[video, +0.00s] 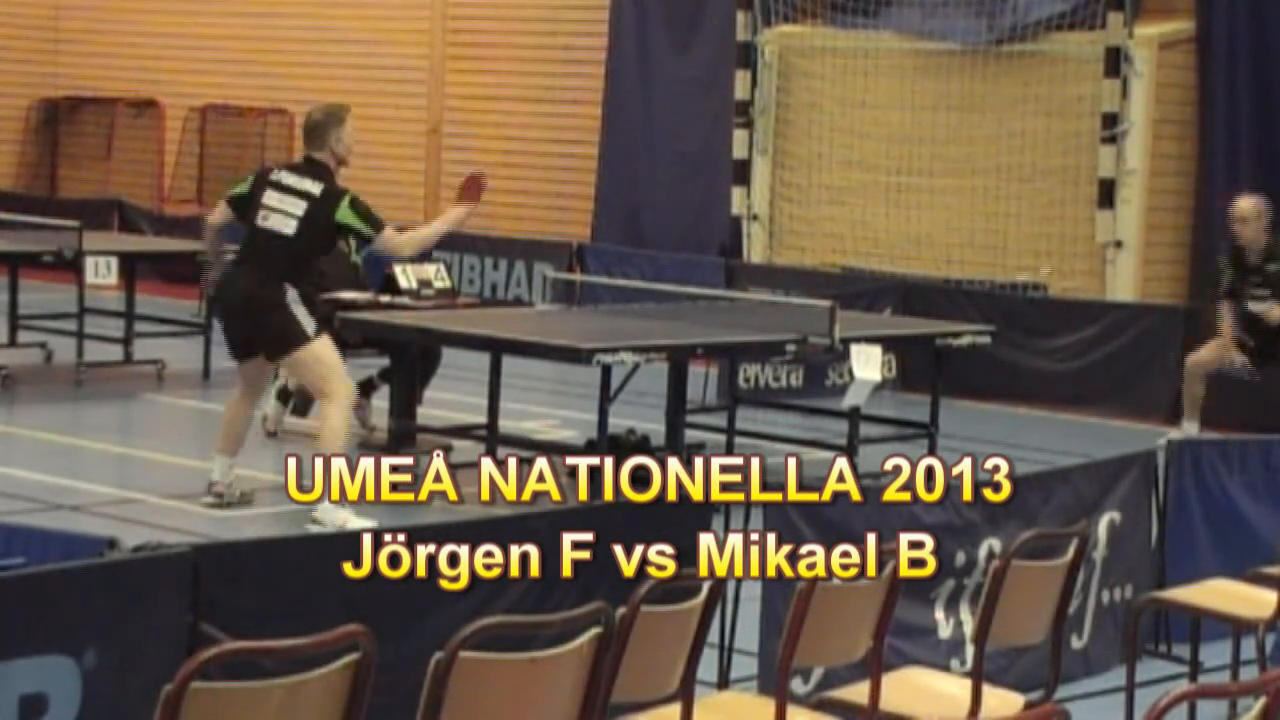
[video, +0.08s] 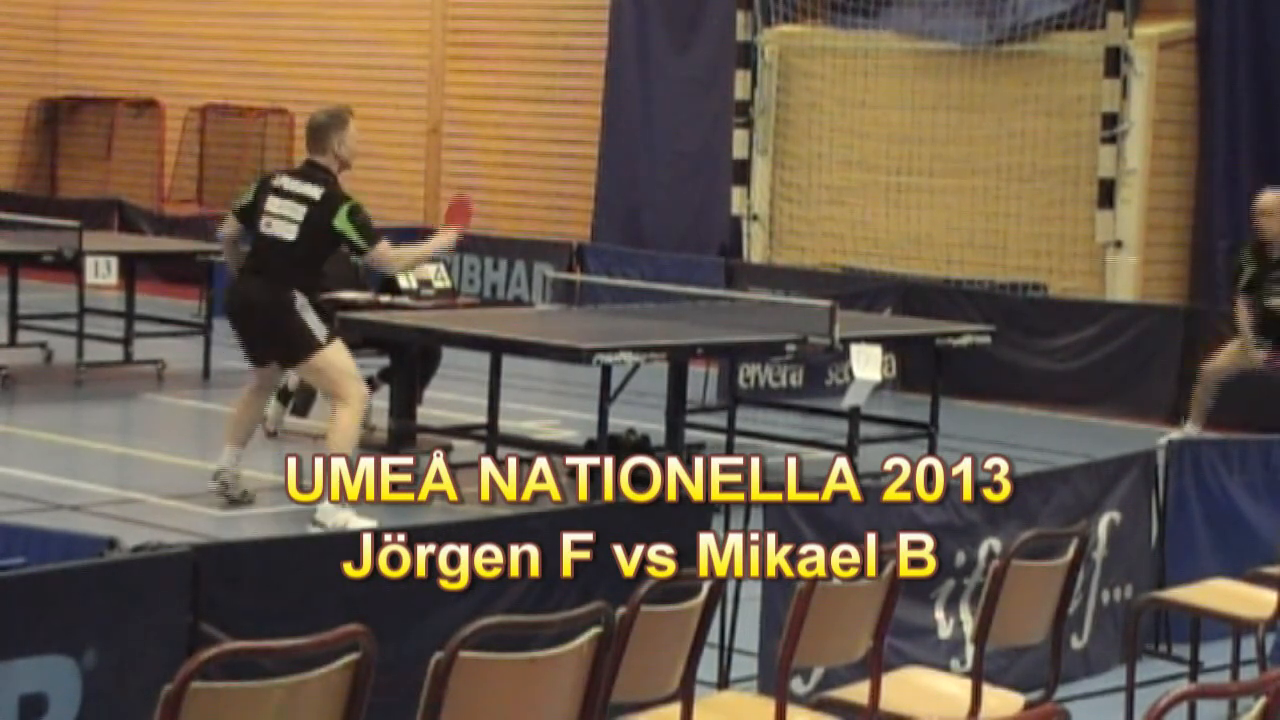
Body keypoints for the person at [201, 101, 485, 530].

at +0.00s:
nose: (354, 142)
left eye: (352, 134)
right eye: (350, 134)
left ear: (309, 142)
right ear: (334, 142)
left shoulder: (268, 177)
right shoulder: (335, 199)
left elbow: (215, 219)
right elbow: (399, 245)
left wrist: (217, 265)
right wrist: (456, 214)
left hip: (232, 291)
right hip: (272, 297)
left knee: (252, 384)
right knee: (338, 389)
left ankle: (219, 481)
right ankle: (330, 501)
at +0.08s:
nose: (357, 143)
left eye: (355, 135)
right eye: (352, 136)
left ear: (313, 143)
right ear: (337, 143)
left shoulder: (272, 181)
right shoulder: (336, 203)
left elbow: (229, 232)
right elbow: (386, 259)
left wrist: (242, 271)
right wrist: (434, 246)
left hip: (244, 294)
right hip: (284, 301)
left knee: (265, 380)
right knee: (352, 395)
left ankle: (227, 468)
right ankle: (334, 503)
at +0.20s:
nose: (360, 149)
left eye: (358, 142)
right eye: (356, 142)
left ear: (317, 149)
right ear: (340, 150)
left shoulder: (277, 188)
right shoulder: (334, 209)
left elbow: (249, 249)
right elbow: (376, 276)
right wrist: (423, 272)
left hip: (251, 303)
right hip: (289, 311)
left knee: (278, 383)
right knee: (362, 397)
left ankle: (245, 472)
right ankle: (333, 503)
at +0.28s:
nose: (361, 155)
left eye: (359, 147)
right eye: (357, 148)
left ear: (319, 153)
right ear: (339, 154)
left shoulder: (286, 192)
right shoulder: (329, 210)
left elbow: (274, 255)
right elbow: (368, 280)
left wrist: (316, 294)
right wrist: (415, 289)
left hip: (252, 308)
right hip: (286, 315)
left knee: (280, 387)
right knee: (363, 397)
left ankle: (244, 477)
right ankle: (333, 504)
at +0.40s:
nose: (363, 164)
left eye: (362, 156)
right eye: (359, 157)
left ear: (323, 162)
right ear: (342, 162)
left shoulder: (293, 199)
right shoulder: (328, 216)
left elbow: (283, 268)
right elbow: (361, 293)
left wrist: (320, 307)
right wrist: (401, 304)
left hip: (251, 314)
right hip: (281, 323)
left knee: (283, 389)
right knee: (365, 398)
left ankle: (245, 475)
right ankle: (333, 503)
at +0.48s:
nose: (368, 167)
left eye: (366, 159)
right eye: (363, 160)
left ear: (328, 167)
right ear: (345, 168)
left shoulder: (296, 204)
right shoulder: (332, 222)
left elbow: (287, 275)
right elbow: (365, 301)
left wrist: (324, 317)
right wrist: (400, 313)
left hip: (249, 316)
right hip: (279, 324)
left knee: (283, 389)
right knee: (364, 399)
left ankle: (246, 476)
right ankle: (334, 502)